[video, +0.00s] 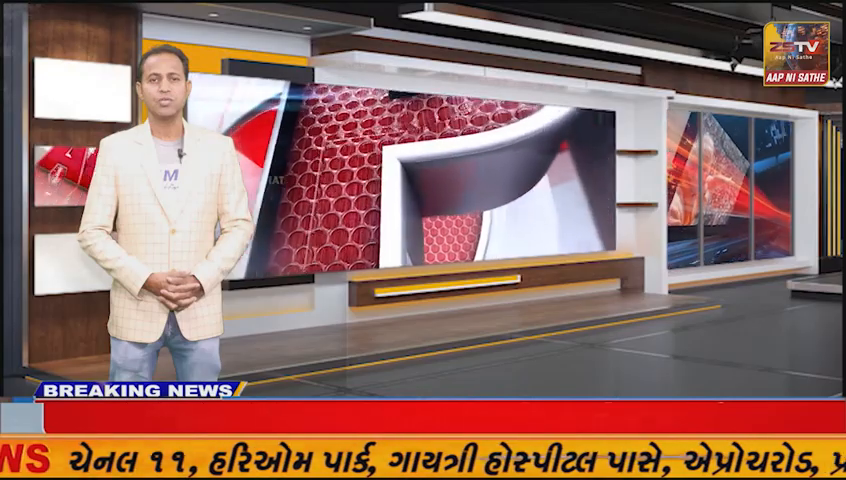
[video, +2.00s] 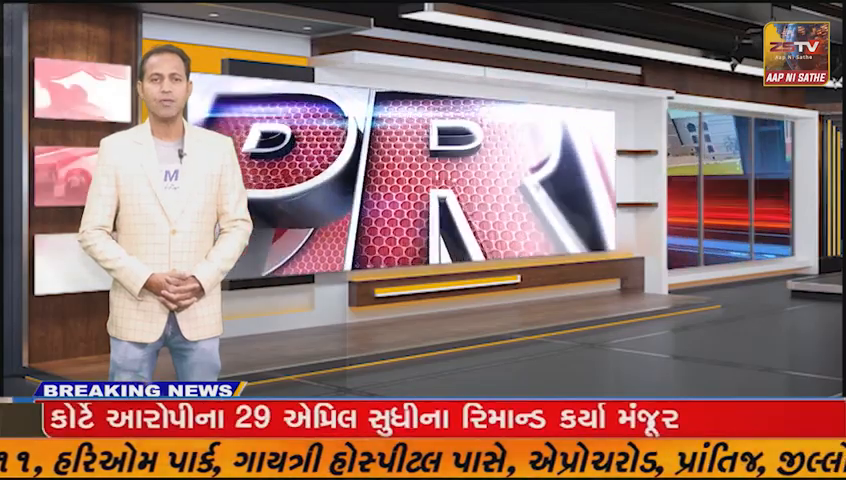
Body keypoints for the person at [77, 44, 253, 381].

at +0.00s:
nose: (164, 87)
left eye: (174, 78)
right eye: (154, 79)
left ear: (187, 88)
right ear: (140, 90)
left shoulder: (219, 147)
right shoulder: (115, 148)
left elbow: (239, 224)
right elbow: (92, 232)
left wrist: (202, 279)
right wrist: (145, 279)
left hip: (199, 310)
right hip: (135, 311)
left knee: (204, 417)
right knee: (126, 418)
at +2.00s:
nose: (166, 88)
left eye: (175, 79)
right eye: (155, 79)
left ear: (188, 88)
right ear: (141, 89)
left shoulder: (219, 147)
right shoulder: (116, 148)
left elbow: (238, 224)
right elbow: (92, 232)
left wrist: (201, 280)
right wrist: (146, 279)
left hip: (199, 309)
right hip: (135, 310)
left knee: (205, 419)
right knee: (126, 420)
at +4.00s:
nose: (165, 88)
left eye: (175, 79)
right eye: (154, 80)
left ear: (189, 89)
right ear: (141, 89)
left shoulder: (219, 148)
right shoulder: (116, 148)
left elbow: (238, 226)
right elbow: (92, 231)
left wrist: (200, 281)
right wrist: (143, 279)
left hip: (198, 310)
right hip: (134, 311)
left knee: (204, 420)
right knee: (125, 420)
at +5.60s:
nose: (165, 88)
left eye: (174, 78)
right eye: (154, 79)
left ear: (188, 88)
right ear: (141, 89)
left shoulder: (219, 147)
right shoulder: (115, 148)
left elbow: (238, 225)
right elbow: (92, 231)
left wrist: (201, 280)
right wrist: (145, 279)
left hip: (198, 309)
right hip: (135, 310)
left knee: (204, 420)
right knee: (125, 420)